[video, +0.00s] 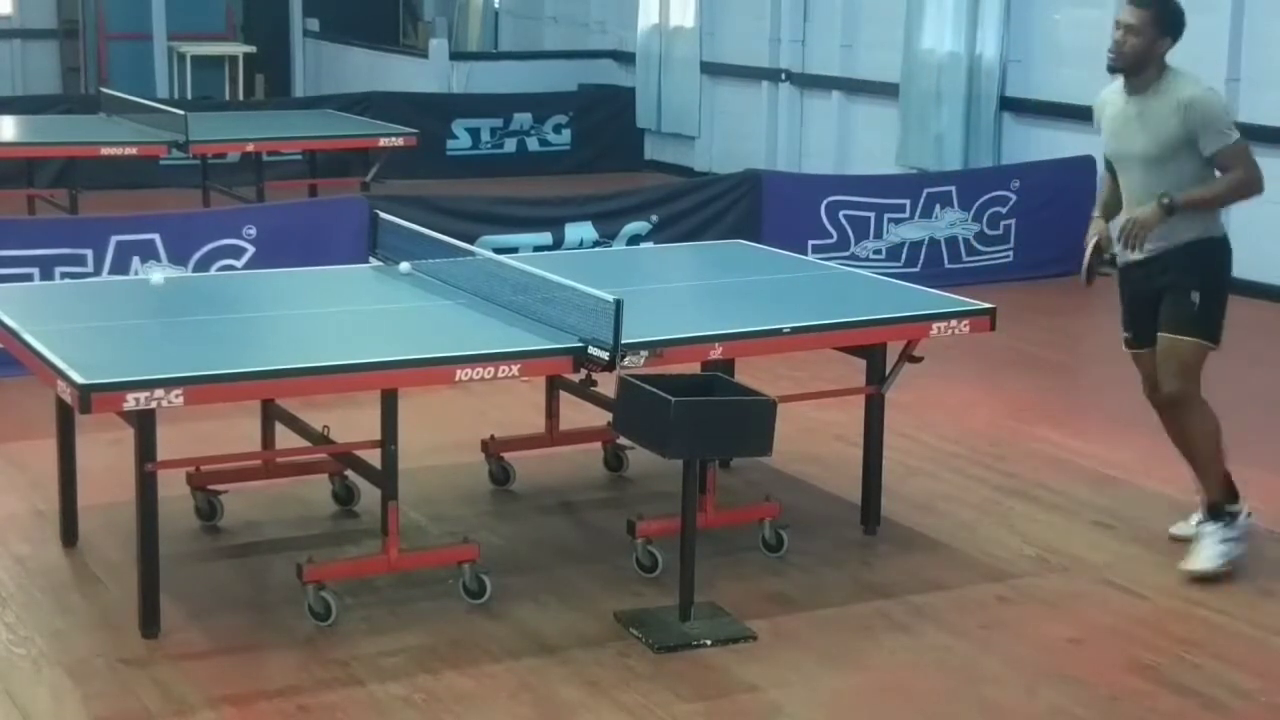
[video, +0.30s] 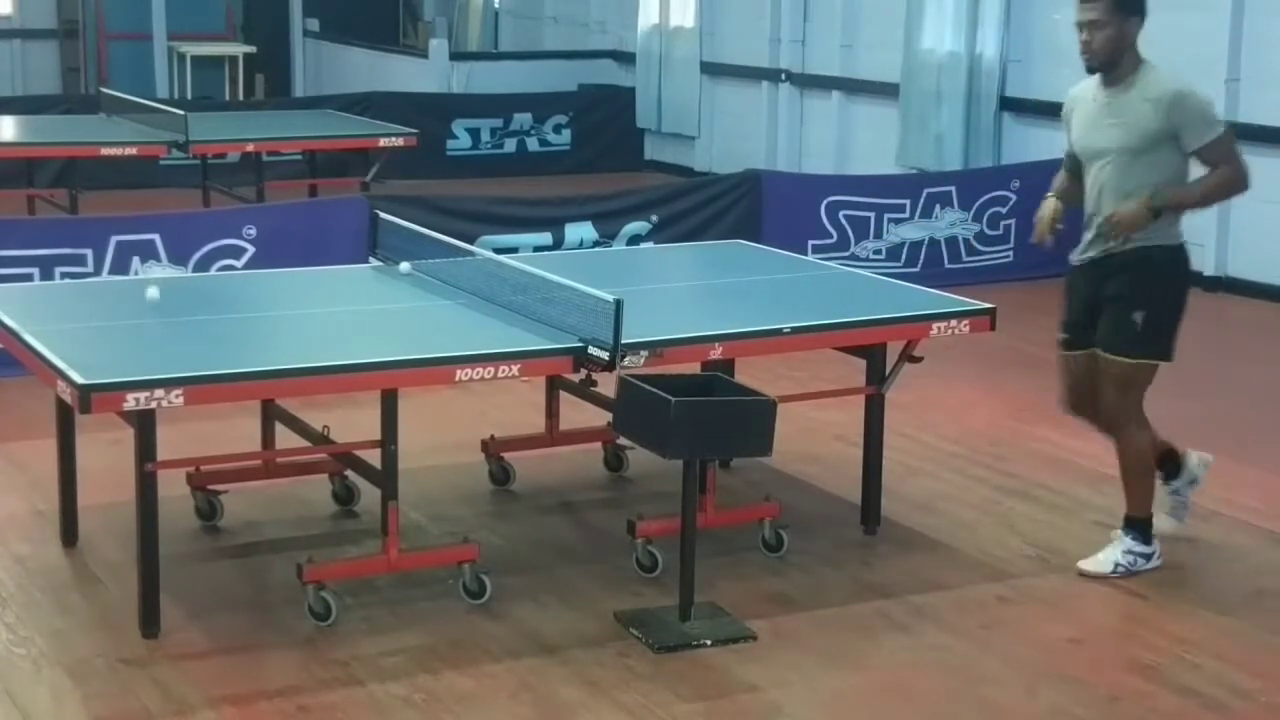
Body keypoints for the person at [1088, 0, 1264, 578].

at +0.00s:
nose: (1116, 39)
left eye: (1130, 32)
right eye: (1116, 28)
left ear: (1163, 44)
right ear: (1114, 33)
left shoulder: (1196, 102)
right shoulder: (1107, 101)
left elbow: (1249, 178)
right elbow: (1114, 175)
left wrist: (1167, 206)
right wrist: (1100, 220)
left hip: (1194, 256)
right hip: (1137, 263)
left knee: (1176, 388)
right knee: (1159, 392)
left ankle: (1228, 514)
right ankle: (1216, 502)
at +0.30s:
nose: (1086, 39)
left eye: (1097, 26)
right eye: (1080, 29)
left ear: (1133, 26)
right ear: (1077, 33)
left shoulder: (1173, 98)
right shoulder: (1078, 99)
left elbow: (1233, 174)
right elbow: (1073, 171)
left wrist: (1155, 203)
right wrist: (1055, 199)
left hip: (1150, 266)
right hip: (1090, 266)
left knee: (1120, 401)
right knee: (1081, 396)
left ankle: (1138, 540)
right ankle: (1178, 467)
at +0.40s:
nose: (1065, 42)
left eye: (1074, 28)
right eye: (1060, 31)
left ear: (1113, 22)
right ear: (1061, 31)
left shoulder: (1155, 93)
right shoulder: (1069, 94)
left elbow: (1202, 184)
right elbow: (1078, 167)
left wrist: (1117, 206)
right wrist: (1044, 198)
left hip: (1131, 266)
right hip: (1071, 265)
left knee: (1120, 403)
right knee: (1039, 392)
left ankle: (1139, 537)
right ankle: (1123, 476)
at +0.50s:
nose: (1040, 39)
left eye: (1048, 25)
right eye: (1035, 28)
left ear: (1087, 17)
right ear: (1042, 28)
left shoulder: (1135, 87)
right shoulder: (1057, 87)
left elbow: (1162, 184)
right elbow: (1075, 176)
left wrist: (1062, 188)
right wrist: (1030, 203)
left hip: (1112, 263)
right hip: (1053, 261)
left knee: (1117, 397)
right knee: (1010, 386)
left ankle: (1136, 532)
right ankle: (1056, 515)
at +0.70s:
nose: (983, 50)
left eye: (992, 36)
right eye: (980, 38)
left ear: (1030, 31)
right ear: (1002, 37)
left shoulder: (1070, 100)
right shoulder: (1014, 99)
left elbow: (1072, 206)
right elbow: (1027, 192)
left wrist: (977, 197)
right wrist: (981, 213)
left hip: (1061, 276)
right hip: (1005, 273)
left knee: (1070, 409)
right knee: (968, 401)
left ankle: (1126, 524)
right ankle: (975, 548)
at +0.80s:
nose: (953, 55)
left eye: (962, 41)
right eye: (951, 43)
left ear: (1001, 33)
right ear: (967, 43)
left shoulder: (1041, 101)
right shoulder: (991, 99)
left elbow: (1043, 209)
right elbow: (999, 194)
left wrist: (950, 207)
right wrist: (943, 212)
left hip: (1027, 278)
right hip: (976, 272)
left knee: (1009, 421)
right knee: (952, 405)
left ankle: (1092, 503)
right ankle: (973, 549)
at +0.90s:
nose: (922, 56)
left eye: (929, 42)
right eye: (919, 45)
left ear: (967, 32)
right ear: (944, 40)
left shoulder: (1012, 99)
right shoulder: (966, 99)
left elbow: (1022, 207)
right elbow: (978, 192)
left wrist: (927, 211)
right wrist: (921, 206)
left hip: (1006, 275)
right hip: (964, 269)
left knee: (957, 413)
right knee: (950, 412)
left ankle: (1033, 522)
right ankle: (972, 548)